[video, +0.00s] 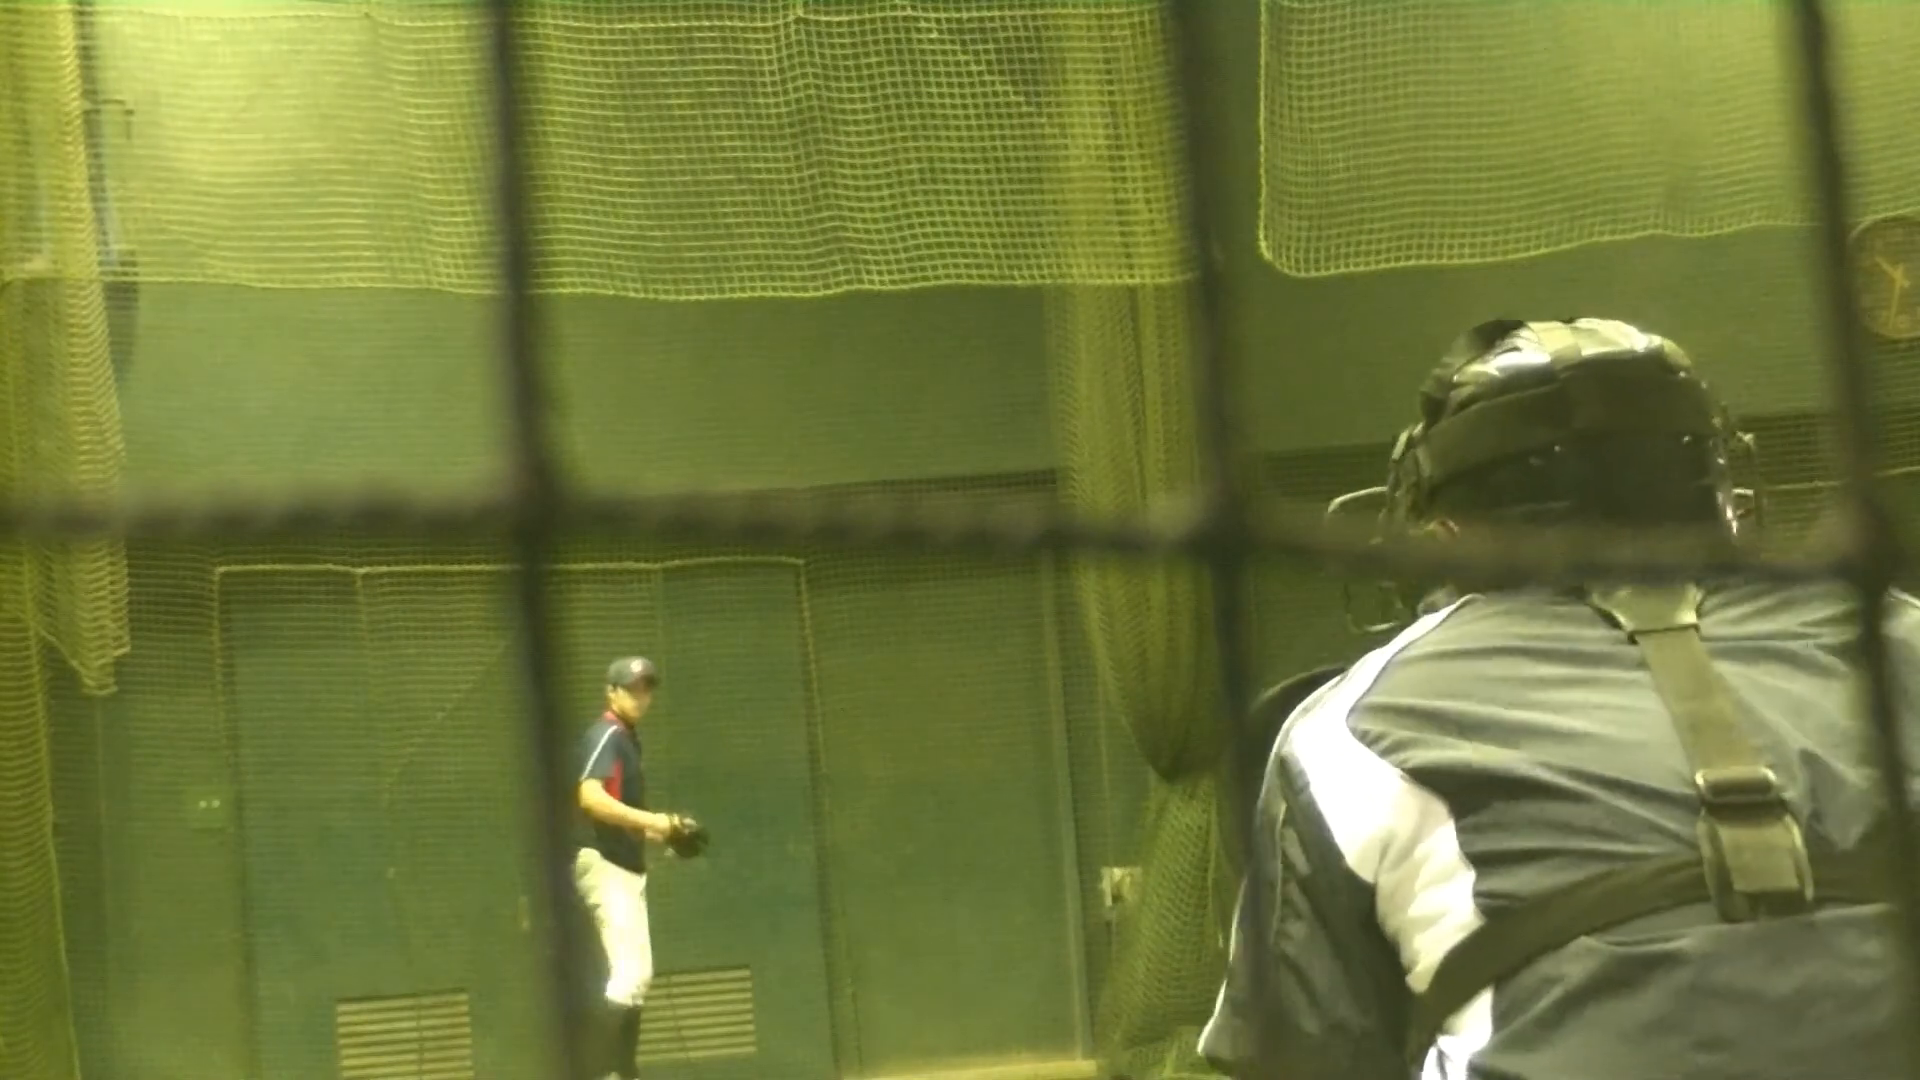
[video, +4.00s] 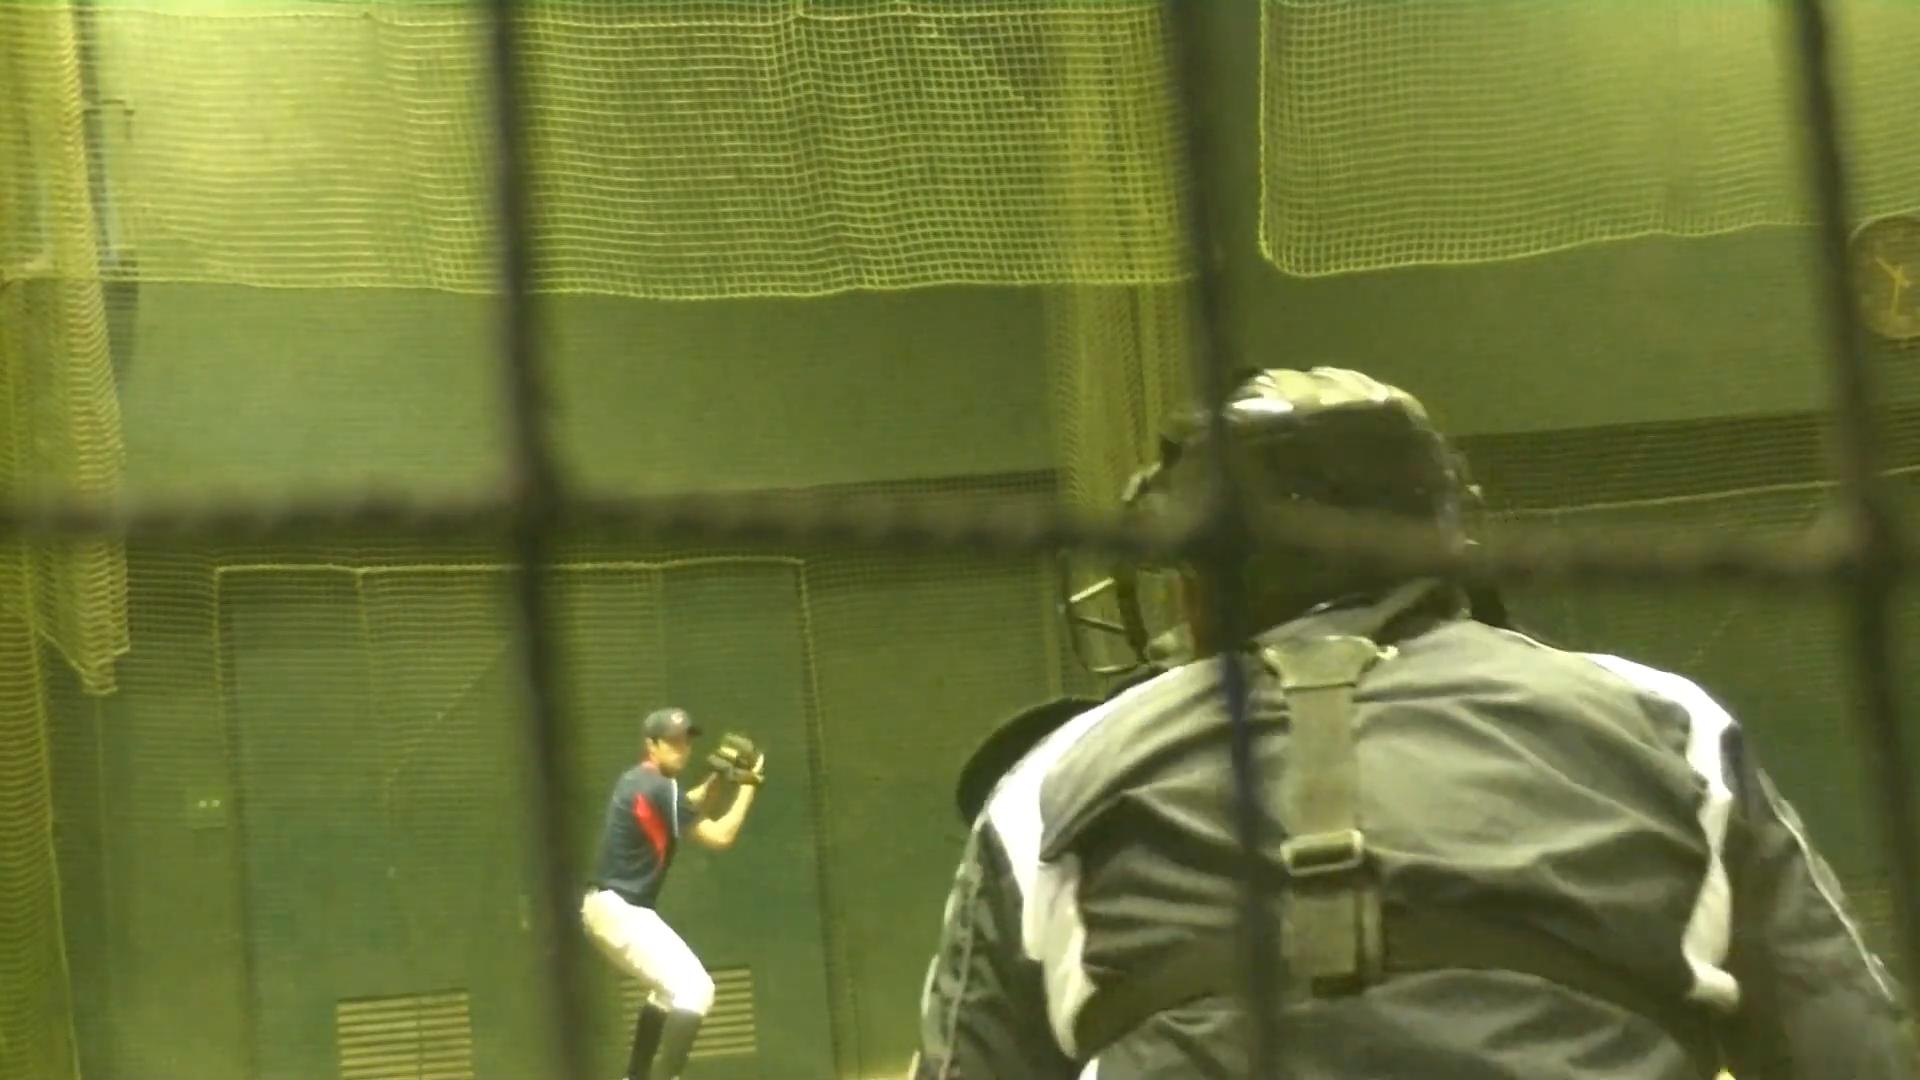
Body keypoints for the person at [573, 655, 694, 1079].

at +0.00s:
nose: (643, 698)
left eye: (648, 690)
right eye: (635, 690)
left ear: (651, 695)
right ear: (613, 692)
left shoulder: (626, 737)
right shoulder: (607, 734)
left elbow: (616, 809)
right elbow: (591, 797)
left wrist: (662, 831)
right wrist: (656, 822)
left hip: (623, 868)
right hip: (605, 866)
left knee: (633, 973)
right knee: (631, 972)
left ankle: (621, 1069)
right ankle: (604, 1070)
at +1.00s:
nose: (697, 721)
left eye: (699, 712)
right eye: (690, 712)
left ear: (677, 714)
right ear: (666, 712)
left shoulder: (659, 748)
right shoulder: (662, 747)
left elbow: (634, 808)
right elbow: (631, 803)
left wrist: (654, 871)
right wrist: (639, 870)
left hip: (642, 876)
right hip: (645, 877)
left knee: (680, 980)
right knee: (688, 979)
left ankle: (639, 1071)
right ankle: (666, 1072)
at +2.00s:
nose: (681, 742)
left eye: (684, 734)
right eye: (673, 735)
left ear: (683, 734)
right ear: (650, 737)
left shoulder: (637, 772)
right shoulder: (659, 776)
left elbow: (692, 806)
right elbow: (733, 807)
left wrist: (725, 774)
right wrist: (754, 766)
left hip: (605, 899)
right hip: (622, 901)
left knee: (669, 985)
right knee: (695, 985)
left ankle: (634, 1073)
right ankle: (665, 1073)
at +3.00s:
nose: (690, 743)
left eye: (692, 735)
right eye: (681, 736)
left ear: (694, 737)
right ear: (658, 739)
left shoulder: (643, 775)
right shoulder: (662, 780)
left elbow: (686, 815)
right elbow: (724, 826)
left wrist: (716, 787)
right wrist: (747, 784)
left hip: (607, 897)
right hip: (621, 901)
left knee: (671, 978)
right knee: (693, 985)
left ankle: (637, 1069)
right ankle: (665, 1073)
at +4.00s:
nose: (684, 752)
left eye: (686, 744)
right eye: (676, 744)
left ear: (688, 744)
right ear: (652, 745)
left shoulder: (638, 780)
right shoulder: (656, 788)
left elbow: (695, 804)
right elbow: (720, 837)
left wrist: (723, 772)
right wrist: (748, 786)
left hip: (605, 905)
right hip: (619, 909)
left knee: (669, 987)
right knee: (695, 990)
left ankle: (637, 1072)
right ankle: (665, 1073)